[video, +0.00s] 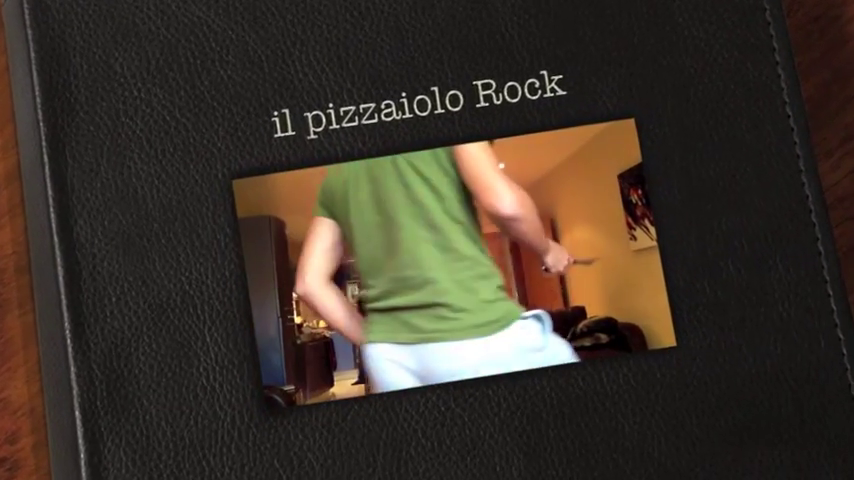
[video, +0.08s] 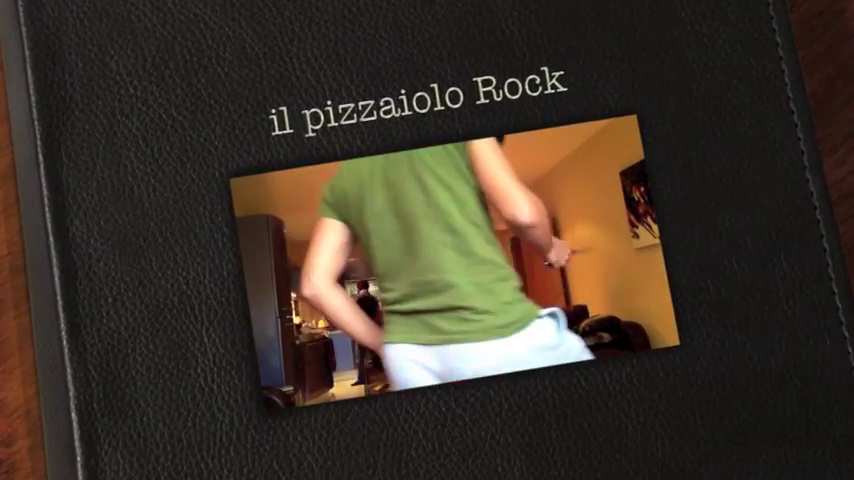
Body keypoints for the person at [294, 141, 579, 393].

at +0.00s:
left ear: (357, 108)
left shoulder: (339, 172)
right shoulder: (446, 129)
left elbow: (311, 283)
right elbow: (504, 205)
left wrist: (372, 339)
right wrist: (547, 249)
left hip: (389, 354)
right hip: (482, 337)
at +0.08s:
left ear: (362, 113)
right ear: (418, 98)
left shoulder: (346, 176)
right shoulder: (460, 130)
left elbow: (316, 284)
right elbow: (522, 213)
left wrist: (384, 343)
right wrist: (549, 246)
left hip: (408, 355)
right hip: (503, 337)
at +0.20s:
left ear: (381, 119)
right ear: (439, 99)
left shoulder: (368, 183)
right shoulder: (488, 132)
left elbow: (343, 290)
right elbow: (553, 218)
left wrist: (404, 342)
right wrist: (553, 246)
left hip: (450, 351)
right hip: (546, 332)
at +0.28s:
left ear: (395, 122)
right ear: (453, 97)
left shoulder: (383, 185)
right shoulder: (504, 135)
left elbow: (364, 290)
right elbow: (572, 216)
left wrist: (419, 337)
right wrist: (557, 253)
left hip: (473, 349)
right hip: (567, 330)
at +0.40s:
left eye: (416, 178)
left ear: (420, 168)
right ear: (459, 145)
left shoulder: (426, 193)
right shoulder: (539, 153)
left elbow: (420, 290)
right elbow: (607, 220)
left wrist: (460, 332)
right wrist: (580, 269)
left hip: (524, 342)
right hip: (610, 326)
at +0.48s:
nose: (438, 199)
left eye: (435, 194)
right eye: (436, 194)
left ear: (436, 184)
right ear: (472, 163)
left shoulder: (451, 202)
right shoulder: (550, 169)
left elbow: (456, 294)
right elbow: (625, 227)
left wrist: (490, 333)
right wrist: (605, 280)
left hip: (557, 340)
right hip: (636, 323)